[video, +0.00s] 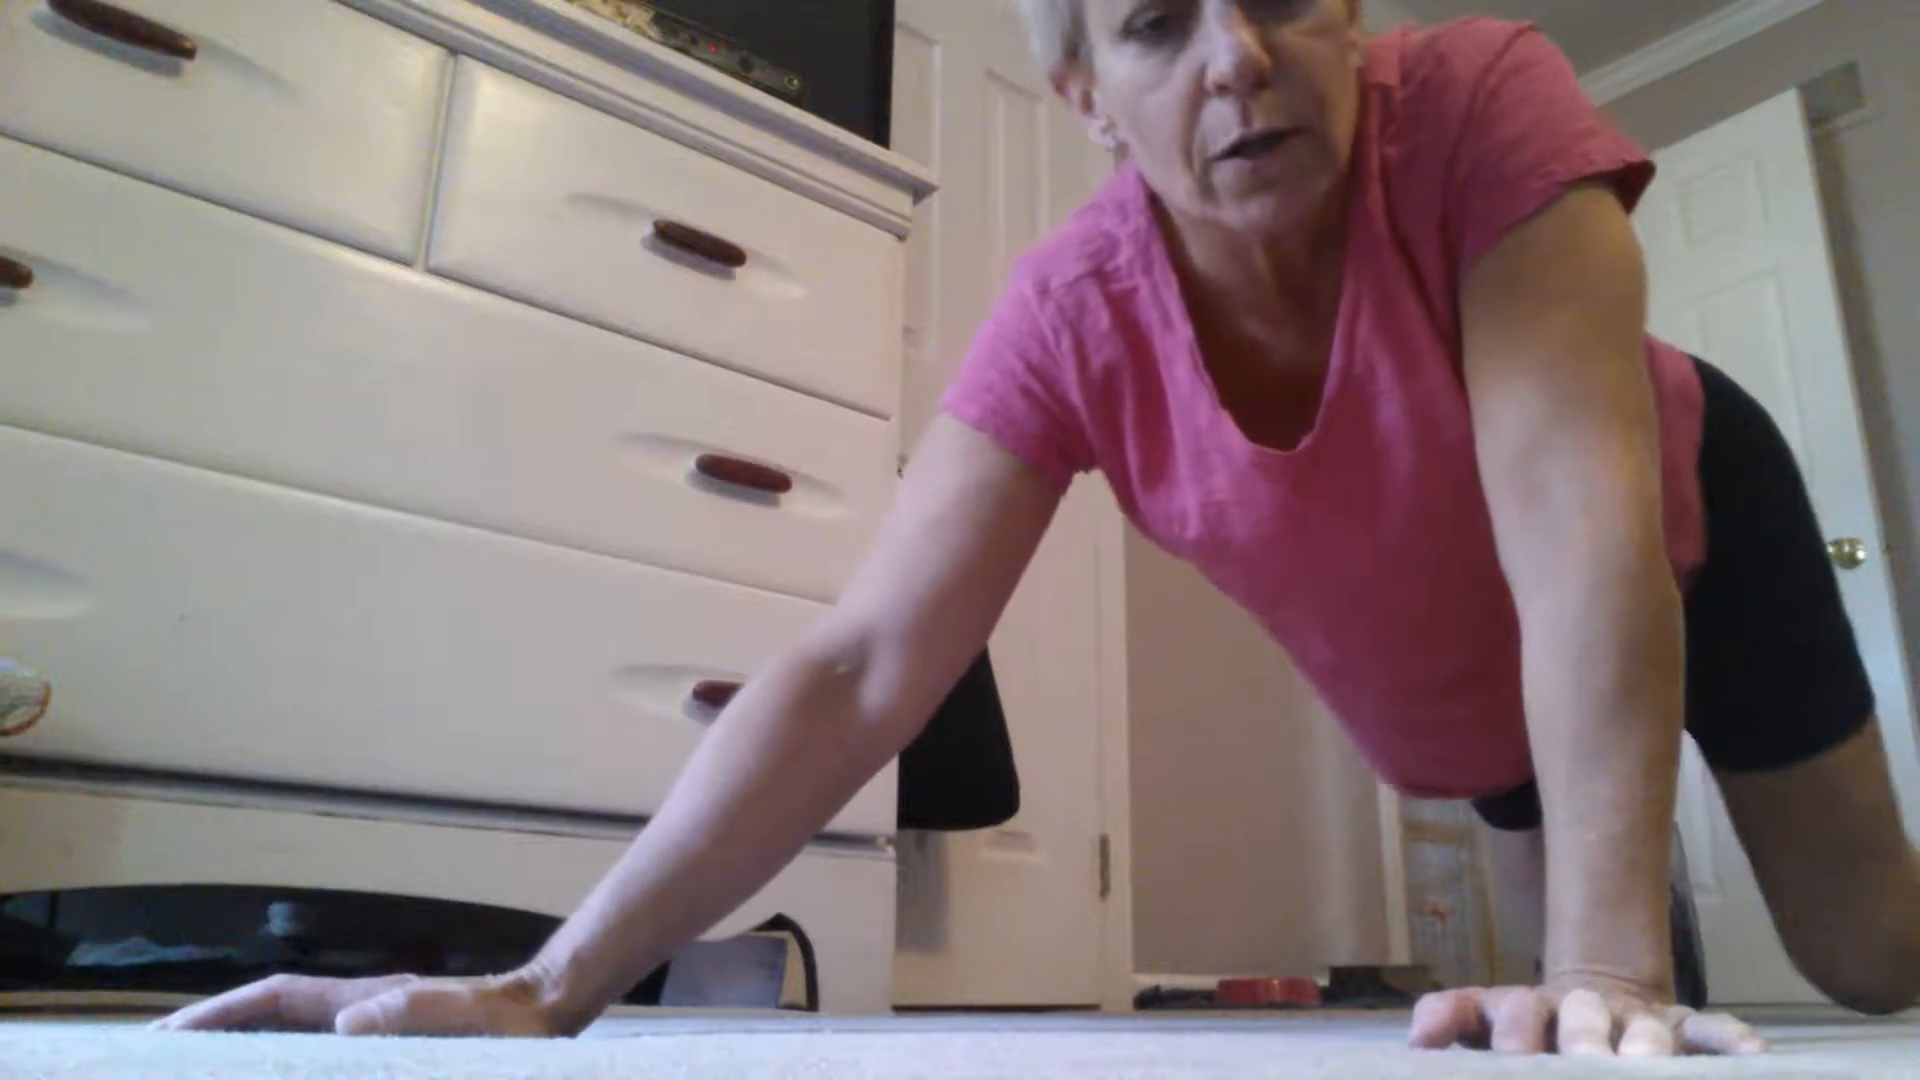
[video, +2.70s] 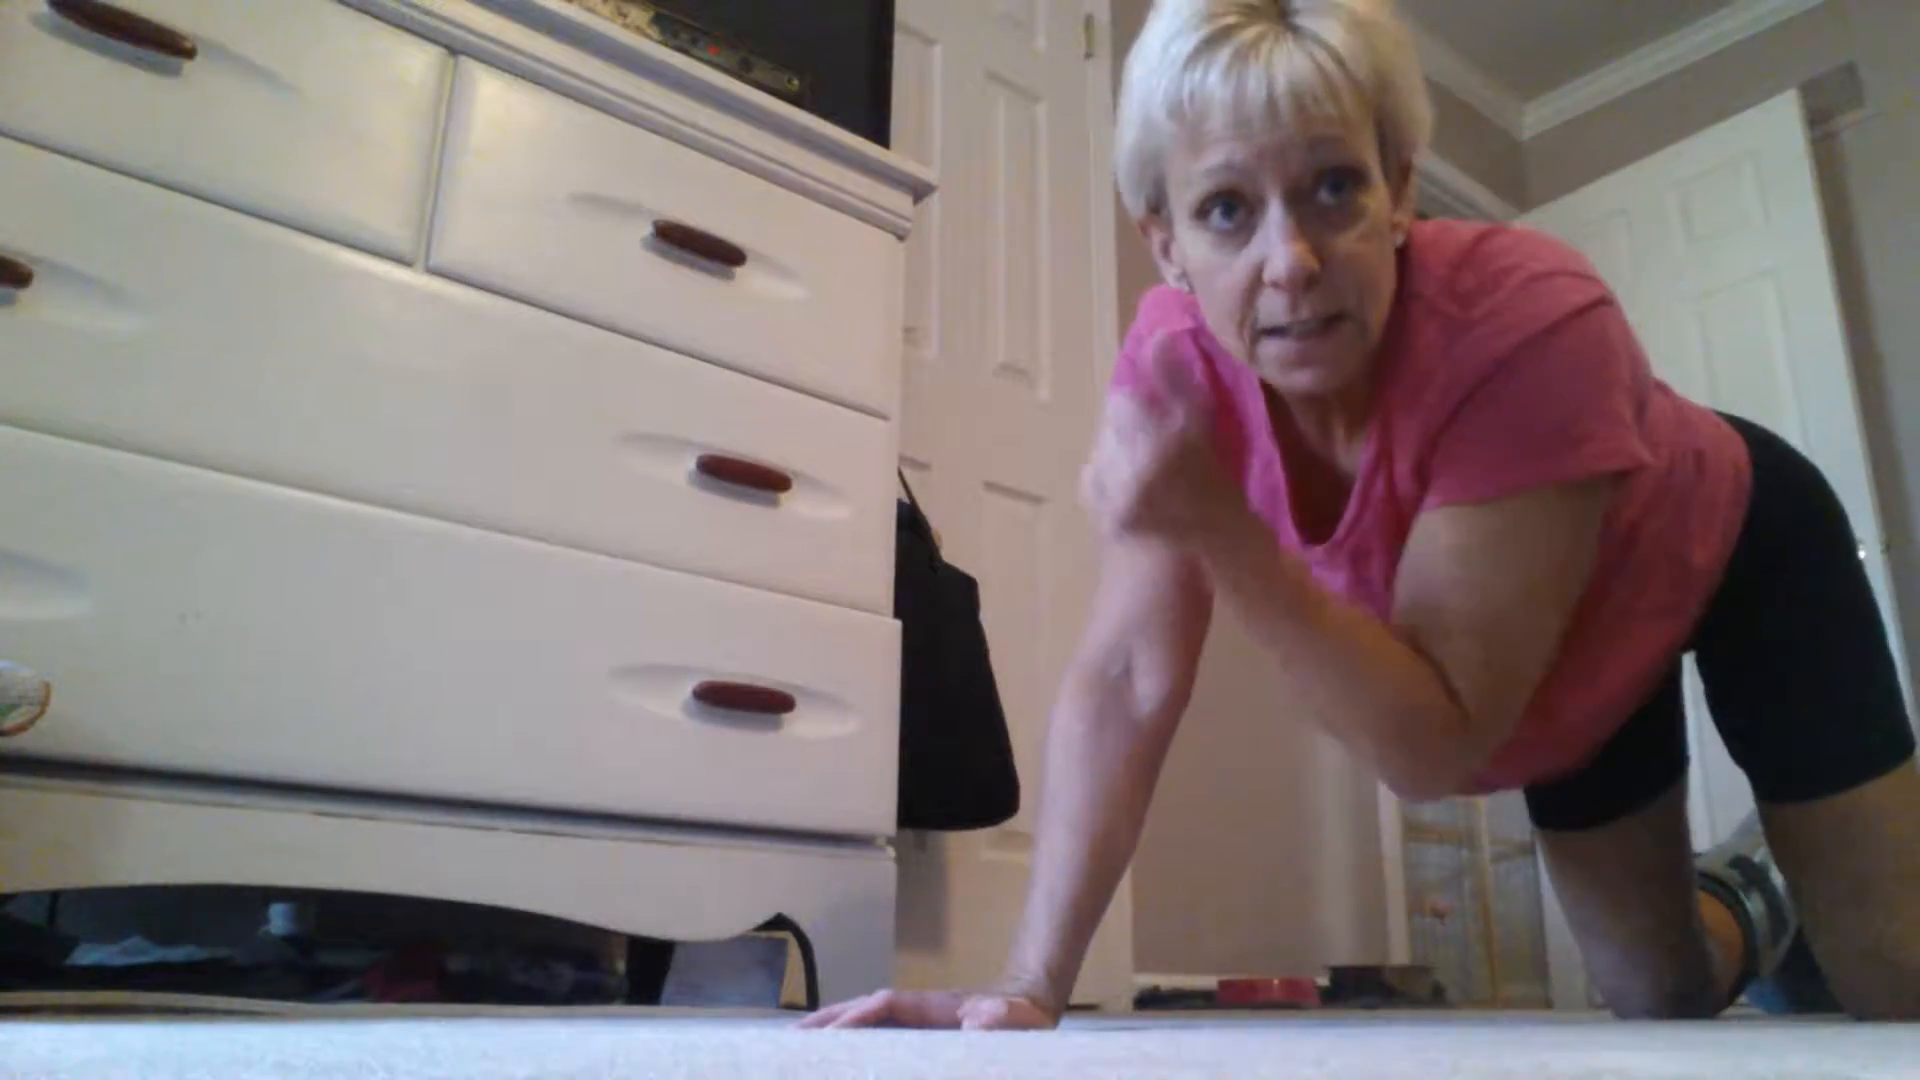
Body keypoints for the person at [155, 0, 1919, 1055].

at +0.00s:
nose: (1236, 53)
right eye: (1163, 23)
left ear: (1354, 8)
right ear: (1090, 84)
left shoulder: (1483, 103)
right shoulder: (1075, 316)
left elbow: (1590, 529)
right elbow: (856, 676)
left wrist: (1613, 981)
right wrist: (561, 979)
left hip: (1681, 563)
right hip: (1466, 722)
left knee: (1872, 956)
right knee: (1627, 964)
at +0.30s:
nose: (1313, 54)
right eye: (1255, 7)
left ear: (1435, 6)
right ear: (1181, 38)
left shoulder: (1552, 95)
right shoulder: (1140, 257)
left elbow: (1611, 510)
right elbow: (901, 602)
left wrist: (1614, 972)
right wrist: (567, 903)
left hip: (1740, 577)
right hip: (1517, 701)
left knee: (1888, 966)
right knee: (1623, 1001)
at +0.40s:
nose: (1305, 45)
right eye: (1250, 5)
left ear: (1433, 13)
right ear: (1181, 36)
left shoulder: (1553, 96)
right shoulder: (1136, 248)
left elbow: (1615, 517)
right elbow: (989, 598)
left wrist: (1606, 971)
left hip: (1744, 559)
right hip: (1511, 688)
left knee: (1898, 965)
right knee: (1624, 1022)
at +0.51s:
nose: (1254, 40)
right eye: (1194, 1)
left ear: (1408, 7)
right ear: (1138, 42)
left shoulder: (1532, 93)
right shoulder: (1136, 254)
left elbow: (1609, 506)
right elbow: (1083, 619)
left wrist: (1610, 971)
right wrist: (965, 917)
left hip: (1738, 548)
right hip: (1501, 669)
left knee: (1884, 955)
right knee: (1610, 999)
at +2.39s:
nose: (1277, 187)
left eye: (1314, 127)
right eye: (1214, 147)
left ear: (1383, 146)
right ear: (1156, 203)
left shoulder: (1516, 261)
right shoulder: (1168, 348)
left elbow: (1675, 637)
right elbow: (1121, 673)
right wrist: (1037, 981)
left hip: (1737, 564)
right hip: (1514, 679)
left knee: (1891, 989)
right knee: (1653, 1004)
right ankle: (1782, 898)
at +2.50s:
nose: (1289, 210)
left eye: (1328, 147)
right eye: (1227, 171)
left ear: (1394, 167)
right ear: (1167, 219)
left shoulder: (1531, 287)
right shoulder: (1171, 348)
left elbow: (1600, 697)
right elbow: (1117, 669)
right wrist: (1037, 982)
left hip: (1732, 557)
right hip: (1509, 655)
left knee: (1889, 981)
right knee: (1652, 1002)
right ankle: (1769, 899)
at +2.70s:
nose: (1289, 260)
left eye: (1331, 193)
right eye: (1229, 211)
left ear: (1399, 198)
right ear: (1170, 239)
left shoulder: (1533, 322)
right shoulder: (1176, 360)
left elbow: (1443, 748)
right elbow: (1124, 681)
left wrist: (1219, 527)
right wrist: (1034, 987)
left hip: (1733, 545)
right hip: (1523, 642)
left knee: (1882, 976)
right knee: (1654, 997)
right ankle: (1768, 899)